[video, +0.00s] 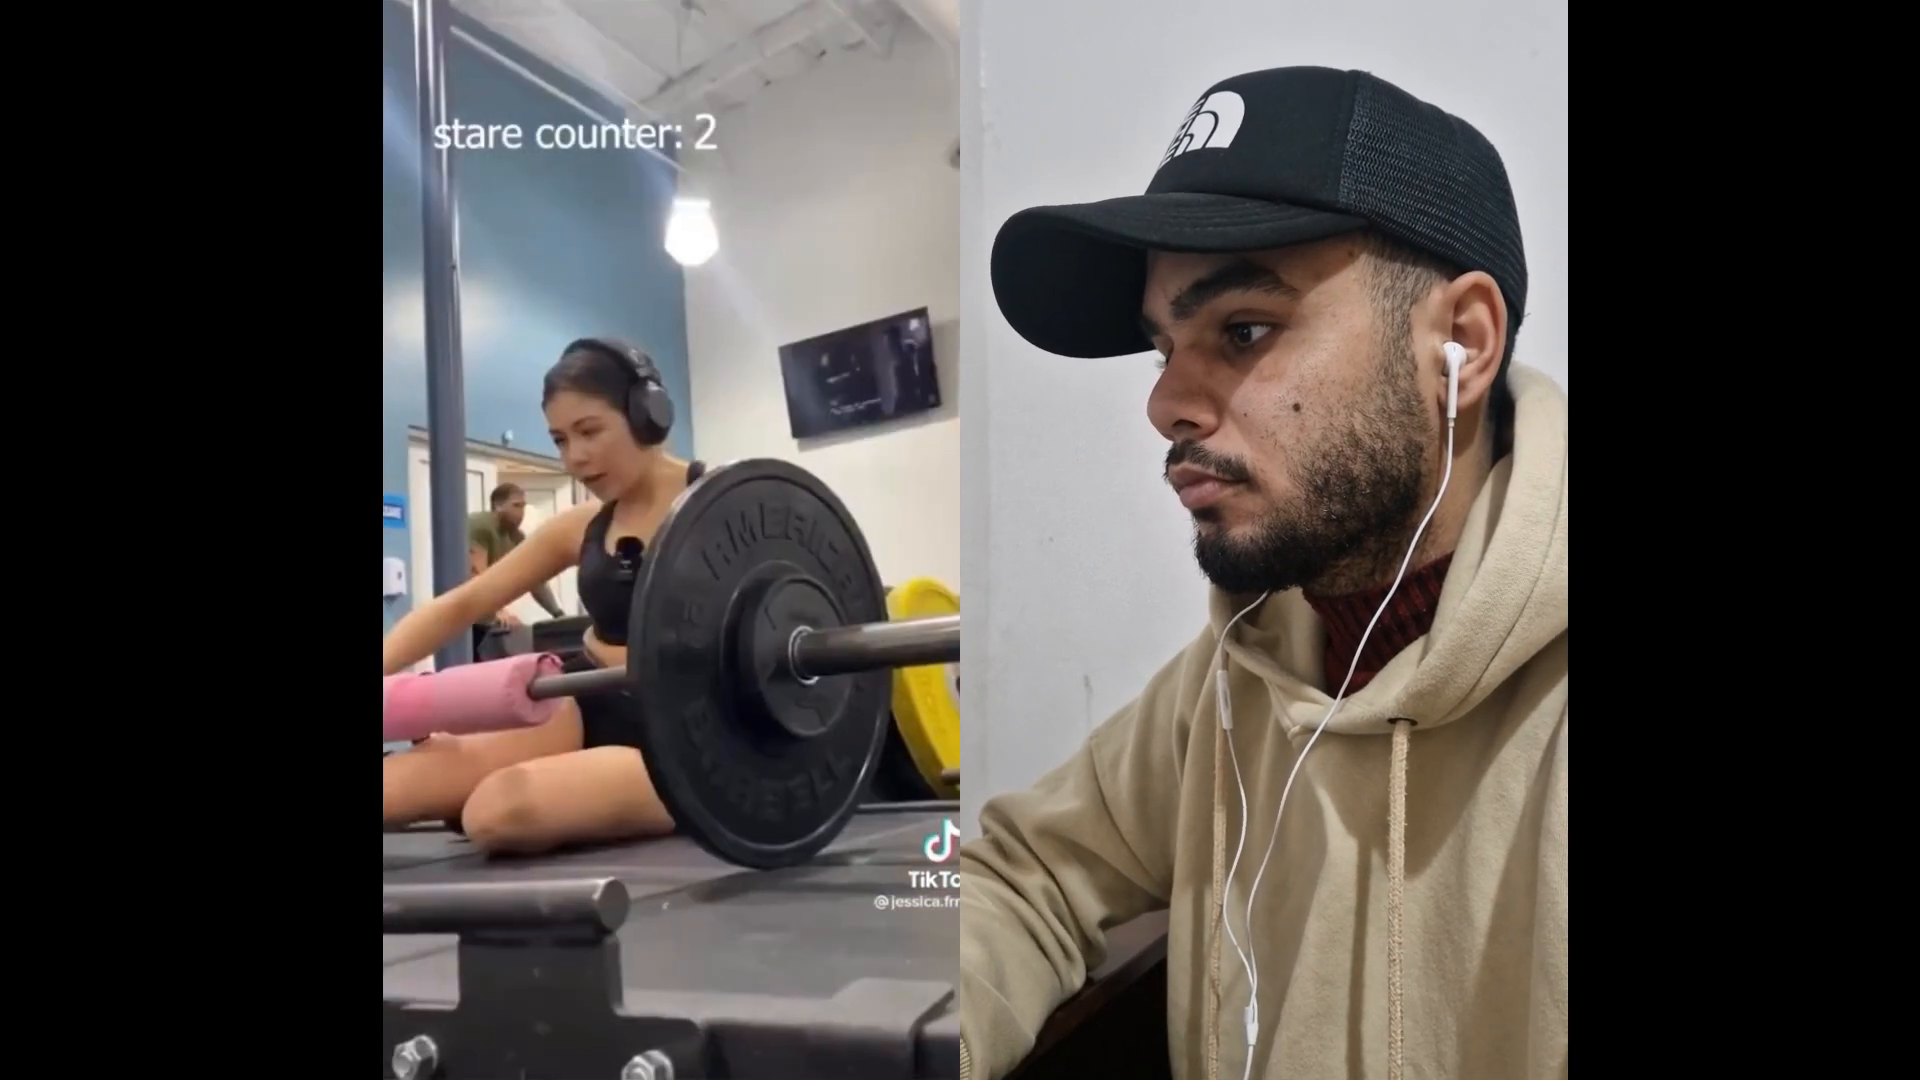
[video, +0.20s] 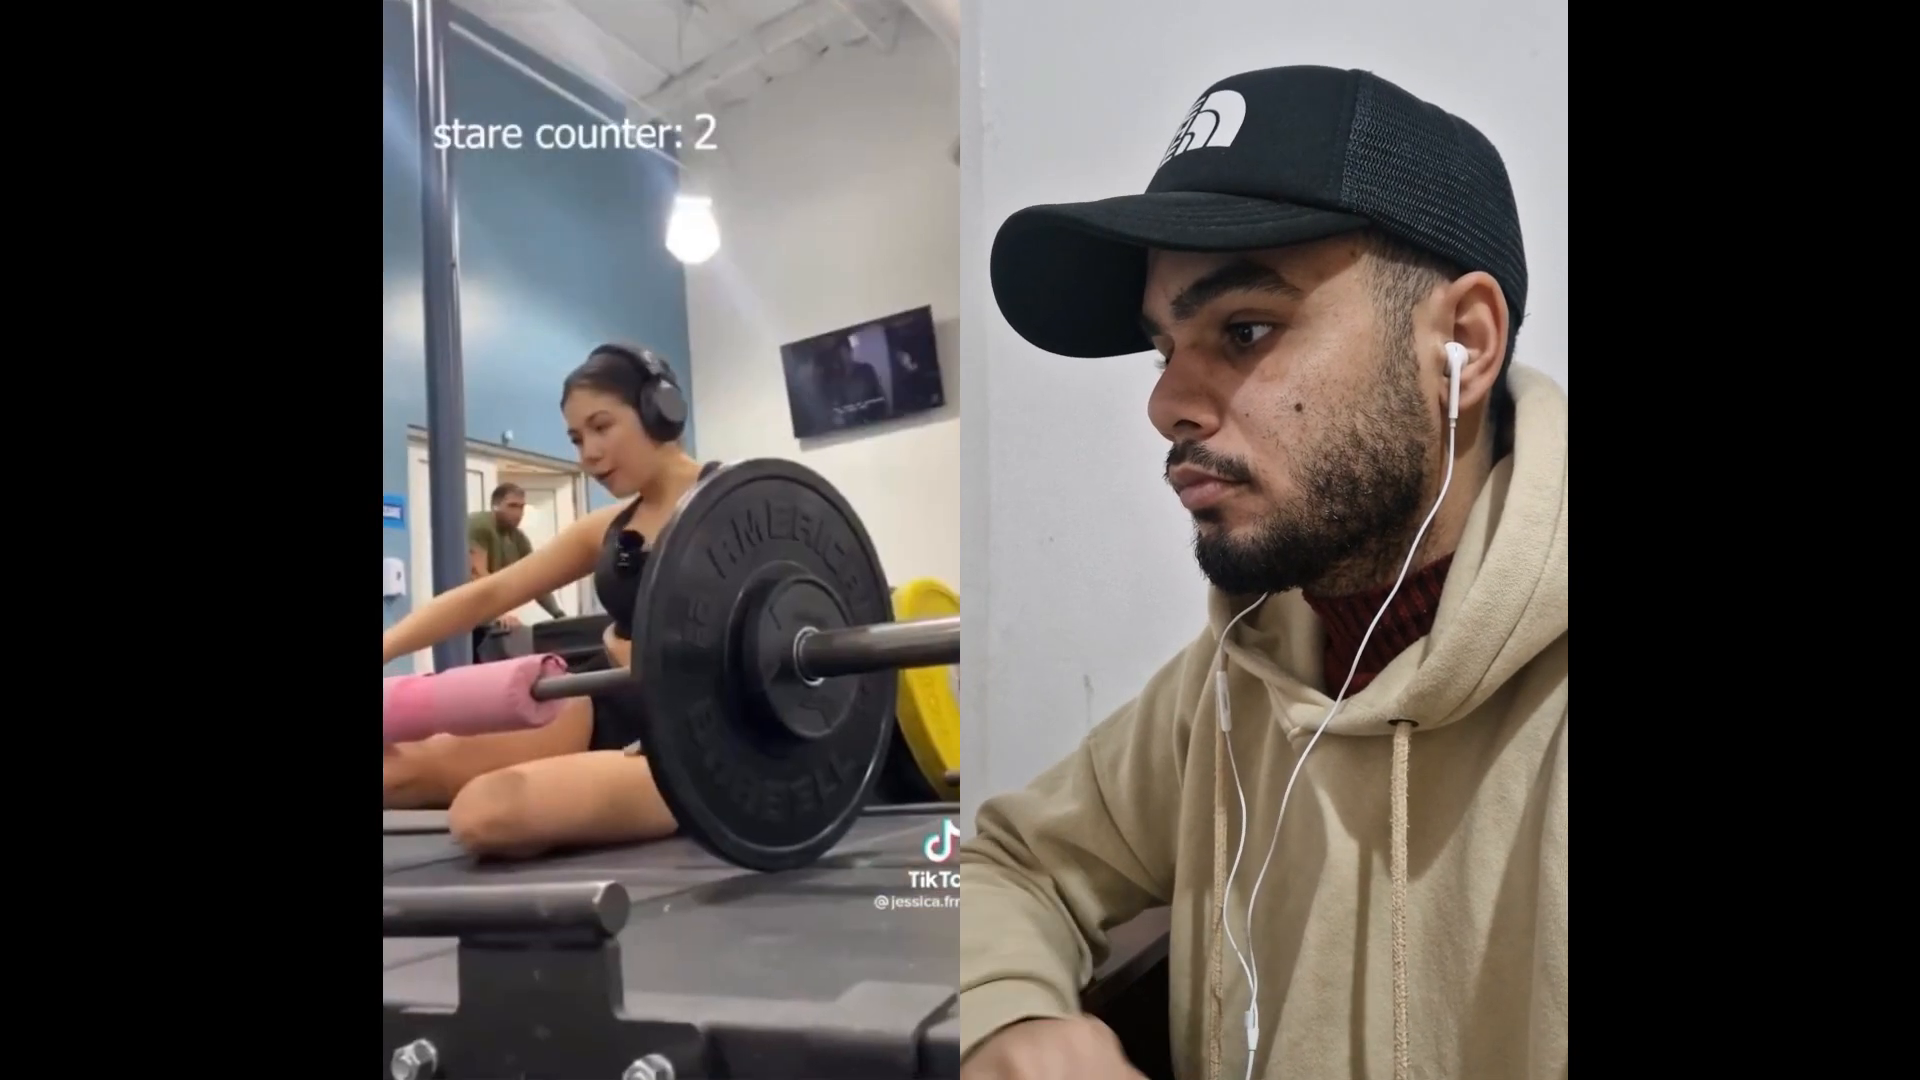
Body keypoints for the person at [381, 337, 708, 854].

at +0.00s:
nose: (575, 458)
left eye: (589, 431)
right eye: (561, 441)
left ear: (646, 414)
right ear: (553, 443)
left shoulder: (720, 503)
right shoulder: (580, 527)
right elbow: (462, 606)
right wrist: (384, 667)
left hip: (691, 743)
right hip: (596, 714)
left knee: (503, 809)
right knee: (439, 765)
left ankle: (456, 771)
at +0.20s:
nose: (589, 454)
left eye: (602, 427)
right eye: (577, 440)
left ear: (659, 411)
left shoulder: (730, 503)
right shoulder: (609, 528)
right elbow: (490, 594)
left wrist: (629, 649)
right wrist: (385, 647)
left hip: (695, 751)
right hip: (607, 715)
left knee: (482, 814)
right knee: (403, 767)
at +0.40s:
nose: (580, 438)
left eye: (596, 412)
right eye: (571, 424)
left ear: (655, 407)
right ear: (566, 434)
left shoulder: (725, 504)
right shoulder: (596, 532)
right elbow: (483, 609)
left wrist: (643, 687)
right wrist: (383, 657)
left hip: (700, 751)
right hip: (608, 732)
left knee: (508, 804)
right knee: (436, 761)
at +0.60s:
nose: (568, 434)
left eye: (585, 409)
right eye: (560, 421)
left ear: (642, 407)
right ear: (555, 431)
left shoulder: (717, 510)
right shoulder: (575, 533)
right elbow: (461, 618)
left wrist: (636, 695)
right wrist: (383, 667)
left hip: (691, 744)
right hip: (588, 726)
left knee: (584, 796)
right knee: (397, 768)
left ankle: (410, 841)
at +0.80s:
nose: (559, 427)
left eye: (578, 403)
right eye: (550, 414)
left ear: (633, 406)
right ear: (545, 428)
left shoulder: (700, 507)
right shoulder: (553, 536)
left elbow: (740, 638)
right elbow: (448, 622)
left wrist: (646, 678)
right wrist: (383, 672)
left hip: (675, 746)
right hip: (568, 739)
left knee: (572, 808)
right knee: (391, 768)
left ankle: (412, 842)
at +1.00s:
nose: (553, 440)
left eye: (574, 418)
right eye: (542, 426)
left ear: (628, 423)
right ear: (535, 444)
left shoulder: (679, 517)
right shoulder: (536, 546)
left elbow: (724, 641)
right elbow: (443, 630)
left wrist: (646, 683)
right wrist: (383, 680)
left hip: (666, 753)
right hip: (555, 747)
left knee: (579, 780)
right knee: (390, 769)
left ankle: (401, 852)